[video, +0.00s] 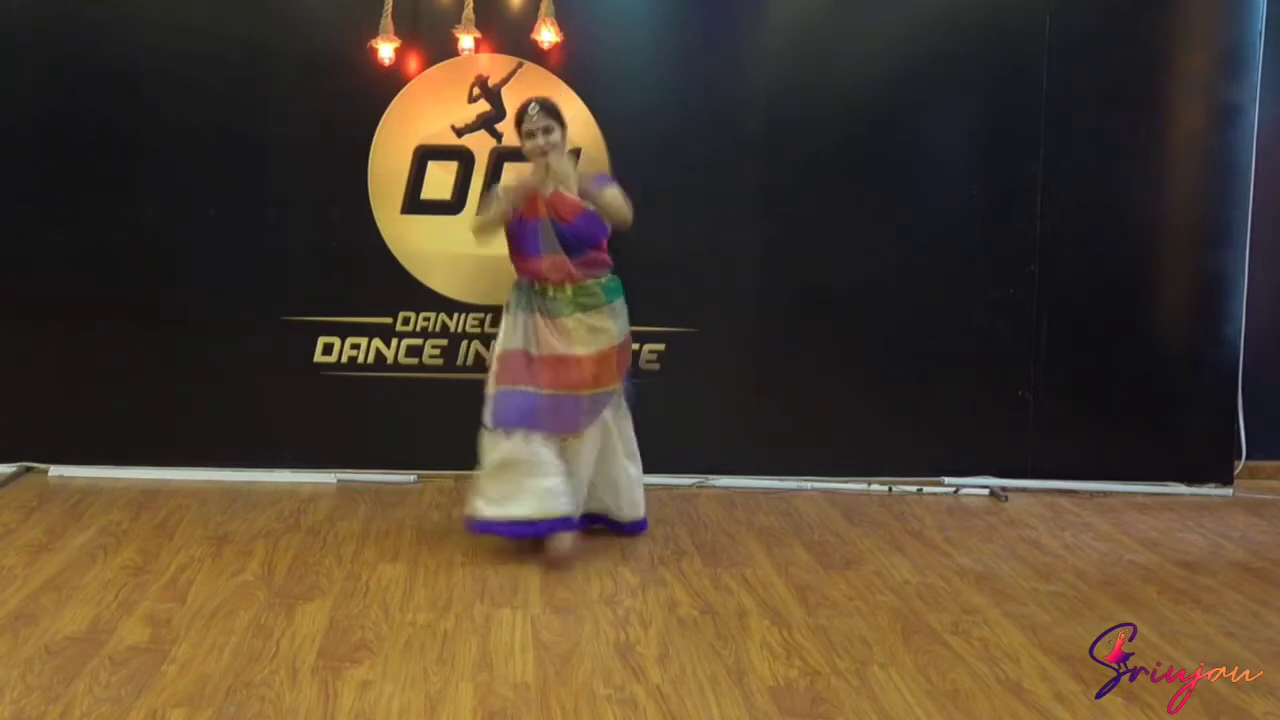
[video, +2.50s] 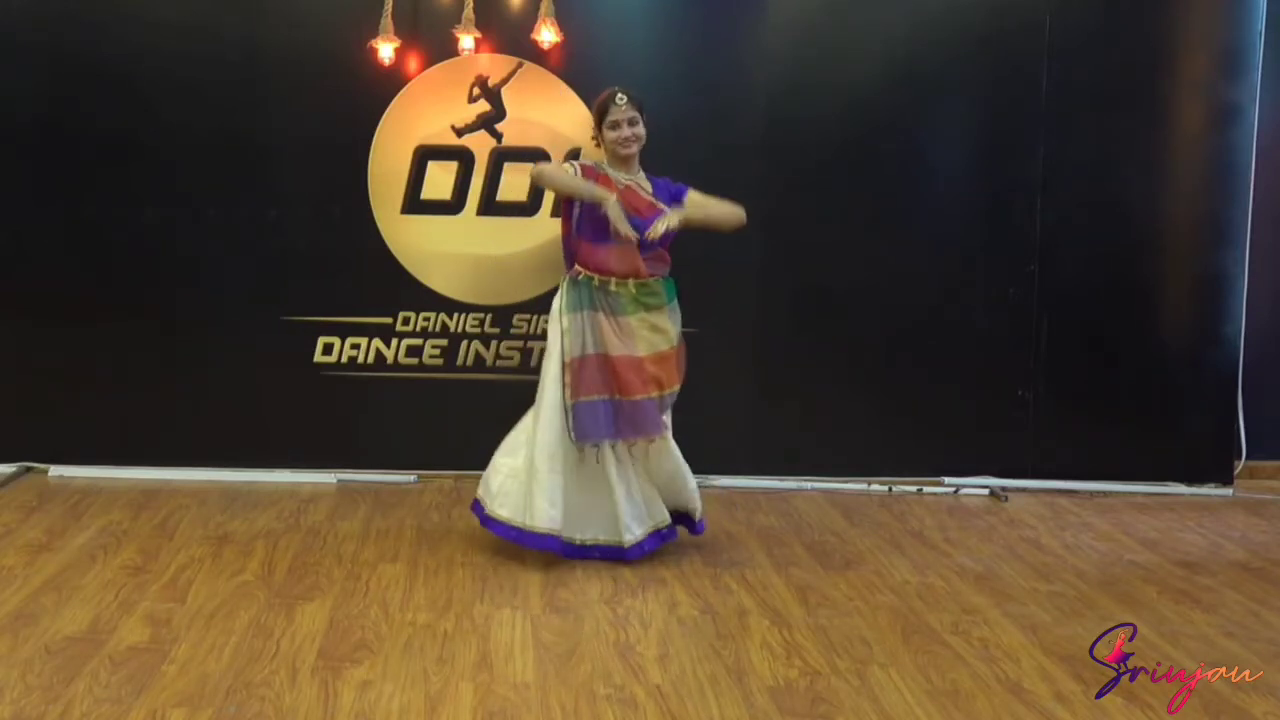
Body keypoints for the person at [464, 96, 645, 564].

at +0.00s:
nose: (539, 140)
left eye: (546, 130)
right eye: (530, 134)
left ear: (564, 134)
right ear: (521, 143)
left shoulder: (592, 185)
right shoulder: (514, 191)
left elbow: (623, 217)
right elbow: (480, 227)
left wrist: (577, 184)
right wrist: (509, 195)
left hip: (590, 312)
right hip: (534, 313)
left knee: (582, 412)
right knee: (525, 414)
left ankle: (570, 509)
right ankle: (557, 519)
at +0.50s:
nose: (535, 200)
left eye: (541, 187)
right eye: (525, 194)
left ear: (562, 177)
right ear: (522, 197)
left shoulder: (610, 209)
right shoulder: (542, 254)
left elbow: (667, 241)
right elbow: (547, 325)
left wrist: (716, 262)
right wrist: (539, 392)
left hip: (637, 344)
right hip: (584, 355)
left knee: (631, 442)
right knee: (589, 446)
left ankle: (626, 536)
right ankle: (565, 538)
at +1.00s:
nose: (650, 127)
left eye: (650, 117)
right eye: (644, 119)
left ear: (601, 126)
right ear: (617, 126)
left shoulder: (569, 174)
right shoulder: (647, 186)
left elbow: (541, 215)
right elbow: (695, 237)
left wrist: (557, 164)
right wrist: (708, 174)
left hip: (579, 299)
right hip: (635, 303)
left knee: (579, 403)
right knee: (654, 402)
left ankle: (547, 507)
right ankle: (665, 515)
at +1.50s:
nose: (604, 127)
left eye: (615, 120)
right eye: (601, 118)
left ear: (644, 126)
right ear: (598, 122)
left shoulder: (649, 185)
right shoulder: (594, 179)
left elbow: (625, 206)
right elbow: (577, 226)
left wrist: (566, 215)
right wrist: (548, 220)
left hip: (626, 312)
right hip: (581, 310)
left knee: (623, 413)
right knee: (580, 414)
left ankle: (638, 515)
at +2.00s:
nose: (615, 130)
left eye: (624, 122)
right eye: (605, 122)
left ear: (636, 127)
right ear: (590, 127)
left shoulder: (654, 181)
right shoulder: (570, 176)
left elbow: (727, 196)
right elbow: (518, 203)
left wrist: (678, 209)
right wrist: (584, 219)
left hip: (639, 310)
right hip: (580, 310)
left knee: (639, 412)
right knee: (583, 413)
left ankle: (640, 522)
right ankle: (582, 523)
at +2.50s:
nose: (626, 131)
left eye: (633, 122)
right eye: (615, 125)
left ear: (645, 127)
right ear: (599, 134)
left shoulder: (661, 190)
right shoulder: (586, 178)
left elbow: (736, 215)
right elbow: (544, 174)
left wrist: (684, 214)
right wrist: (607, 198)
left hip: (646, 313)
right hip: (590, 311)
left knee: (640, 415)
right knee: (590, 413)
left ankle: (637, 516)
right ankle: (589, 523)